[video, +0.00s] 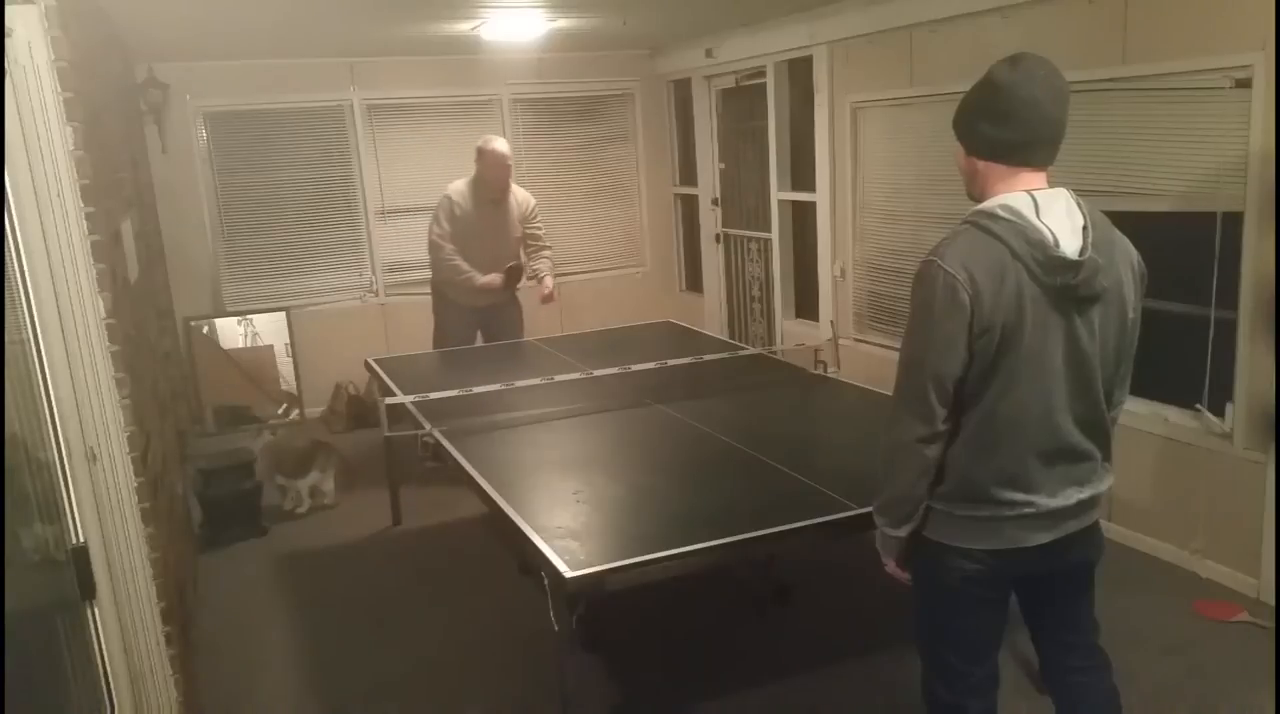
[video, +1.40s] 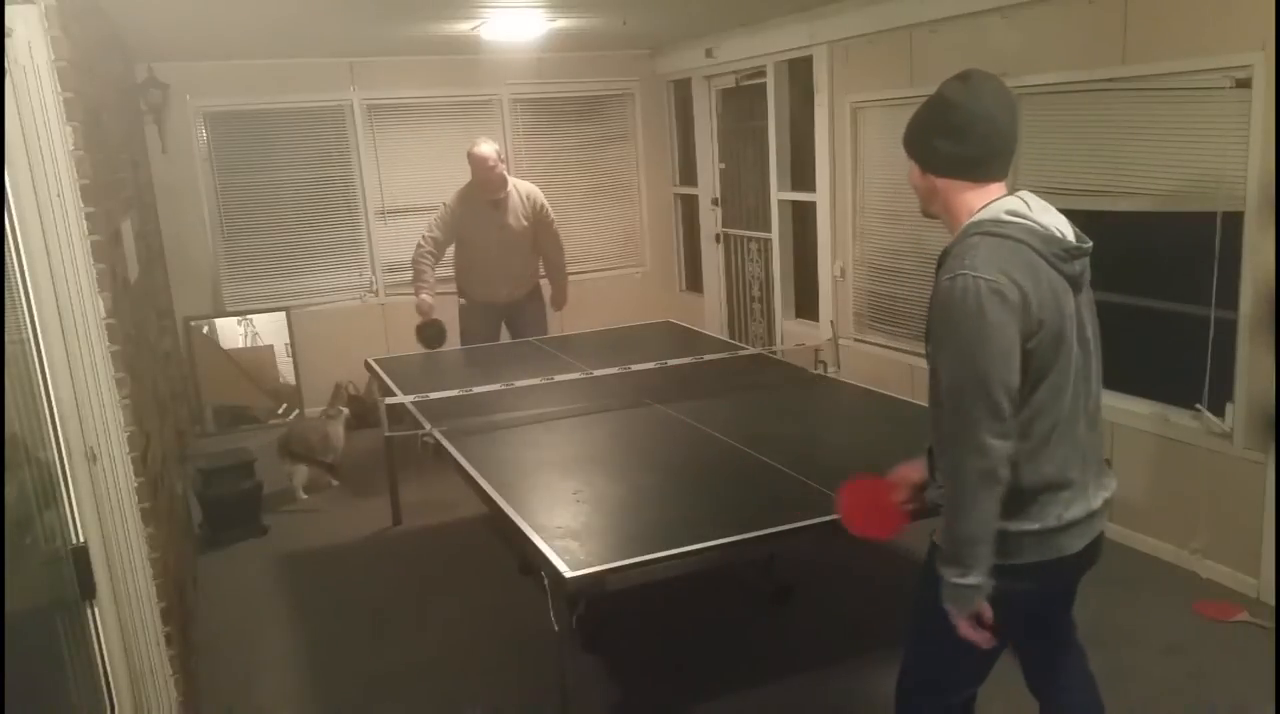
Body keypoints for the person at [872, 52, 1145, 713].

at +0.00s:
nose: (961, 161)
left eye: (961, 148)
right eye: (962, 146)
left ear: (971, 155)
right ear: (1050, 147)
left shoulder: (958, 265)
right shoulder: (1119, 254)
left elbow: (920, 419)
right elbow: (1110, 395)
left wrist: (892, 532)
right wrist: (1074, 488)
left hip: (970, 537)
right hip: (1071, 529)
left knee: (960, 691)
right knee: (1079, 668)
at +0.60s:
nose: (918, 180)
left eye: (917, 165)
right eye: (917, 163)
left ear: (935, 168)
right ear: (1003, 153)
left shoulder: (952, 269)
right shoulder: (1071, 237)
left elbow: (927, 428)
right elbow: (1086, 376)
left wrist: (890, 547)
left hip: (981, 549)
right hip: (1075, 532)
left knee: (925, 693)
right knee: (1065, 660)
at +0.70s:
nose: (902, 198)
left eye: (901, 184)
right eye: (899, 183)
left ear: (920, 185)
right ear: (984, 162)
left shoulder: (962, 275)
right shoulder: (1046, 236)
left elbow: (941, 444)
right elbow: (1014, 400)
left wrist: (893, 559)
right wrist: (896, 450)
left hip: (997, 548)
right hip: (1075, 524)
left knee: (917, 694)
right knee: (1053, 658)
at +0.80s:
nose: (893, 209)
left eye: (892, 194)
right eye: (890, 194)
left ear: (918, 197)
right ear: (973, 177)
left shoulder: (981, 279)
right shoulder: (1021, 245)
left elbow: (964, 453)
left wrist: (904, 570)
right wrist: (818, 422)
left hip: (1015, 548)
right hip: (1070, 523)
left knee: (913, 695)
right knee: (1040, 662)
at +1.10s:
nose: (897, 184)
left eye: (899, 171)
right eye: (898, 170)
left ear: (924, 178)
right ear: (979, 166)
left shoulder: (1001, 276)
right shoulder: (991, 243)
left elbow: (1009, 450)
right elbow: (910, 350)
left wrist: (999, 594)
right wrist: (796, 391)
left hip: (994, 544)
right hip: (1040, 527)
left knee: (922, 697)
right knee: (1044, 666)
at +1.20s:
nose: (906, 181)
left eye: (907, 168)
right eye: (906, 167)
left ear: (927, 176)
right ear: (988, 161)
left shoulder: (994, 279)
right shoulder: (1018, 240)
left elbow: (1008, 451)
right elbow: (938, 377)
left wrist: (1011, 594)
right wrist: (836, 422)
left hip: (993, 543)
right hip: (1048, 525)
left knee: (925, 695)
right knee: (1050, 665)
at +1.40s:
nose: (911, 175)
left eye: (912, 163)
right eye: (912, 161)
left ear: (926, 173)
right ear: (997, 157)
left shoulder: (976, 276)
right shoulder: (1043, 233)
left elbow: (978, 448)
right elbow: (1026, 396)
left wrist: (964, 578)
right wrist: (934, 465)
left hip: (1007, 549)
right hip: (1069, 526)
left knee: (929, 697)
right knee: (1057, 665)